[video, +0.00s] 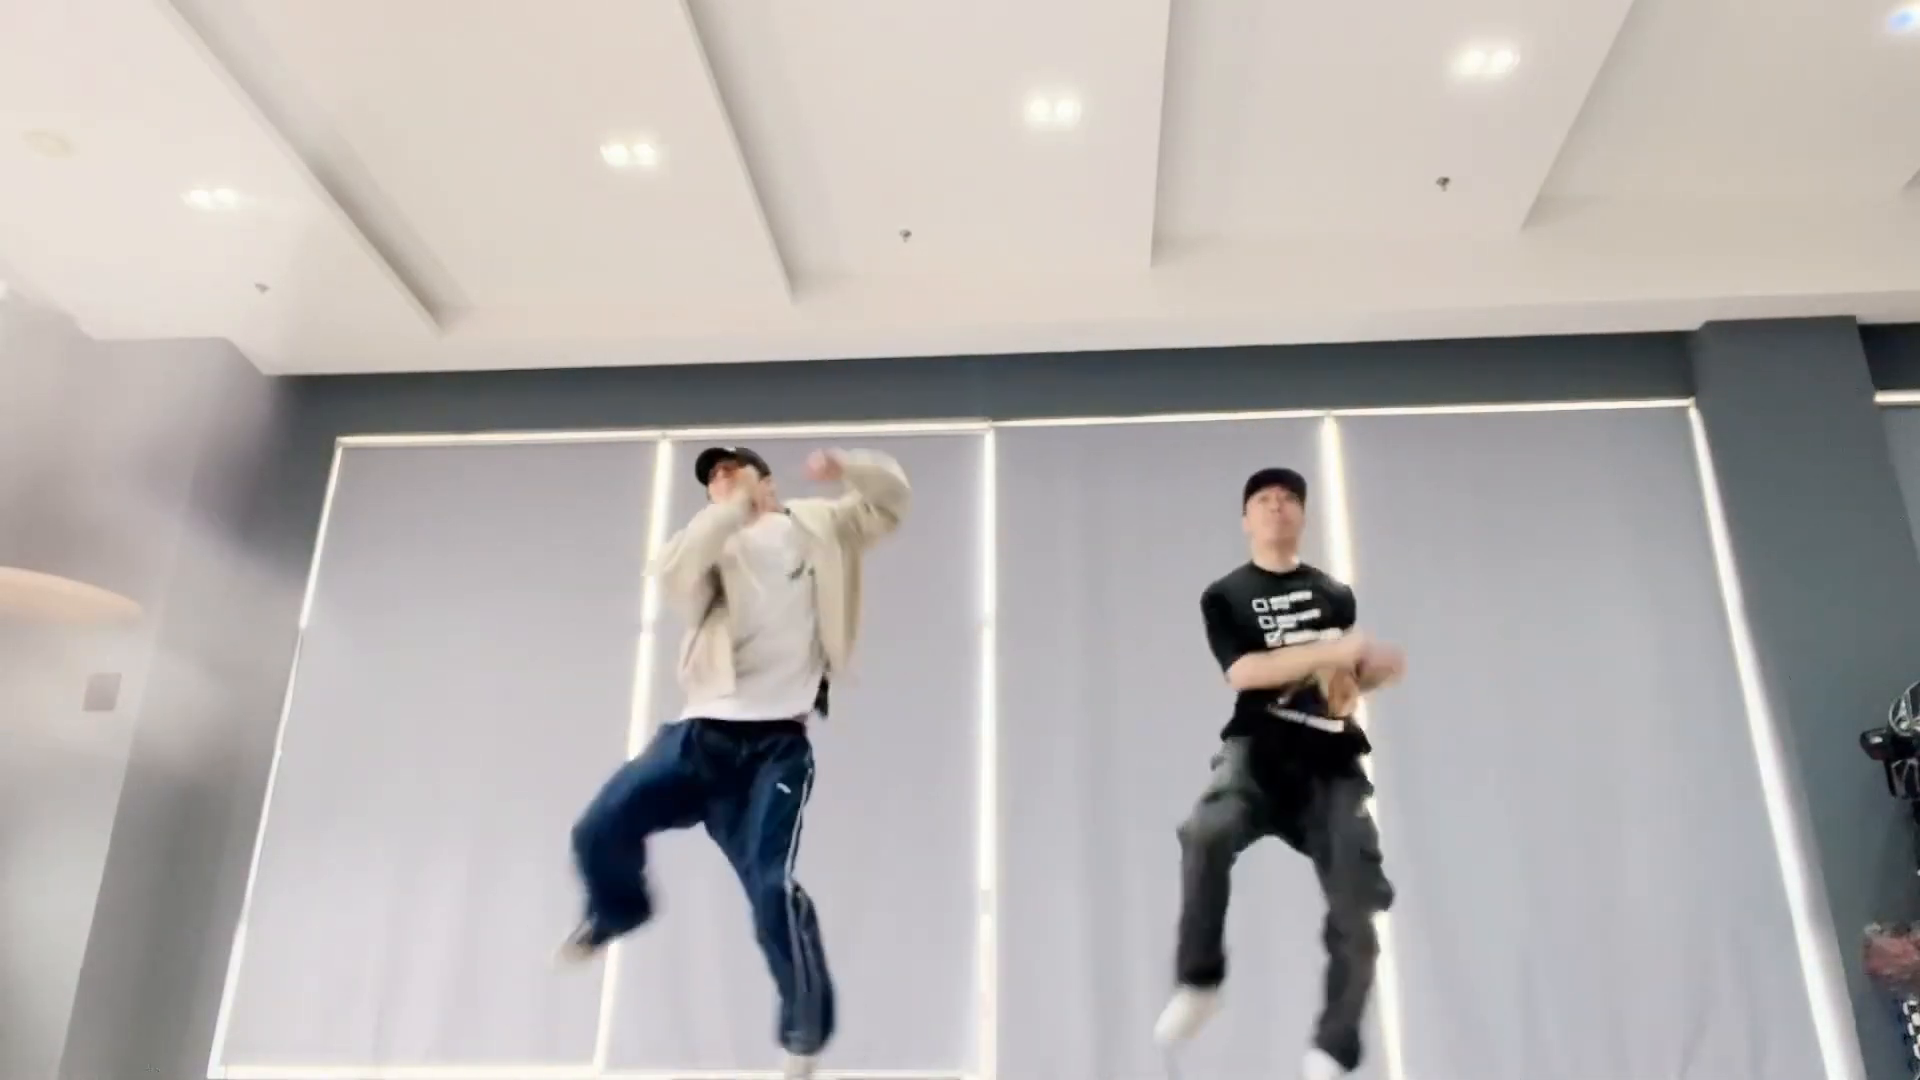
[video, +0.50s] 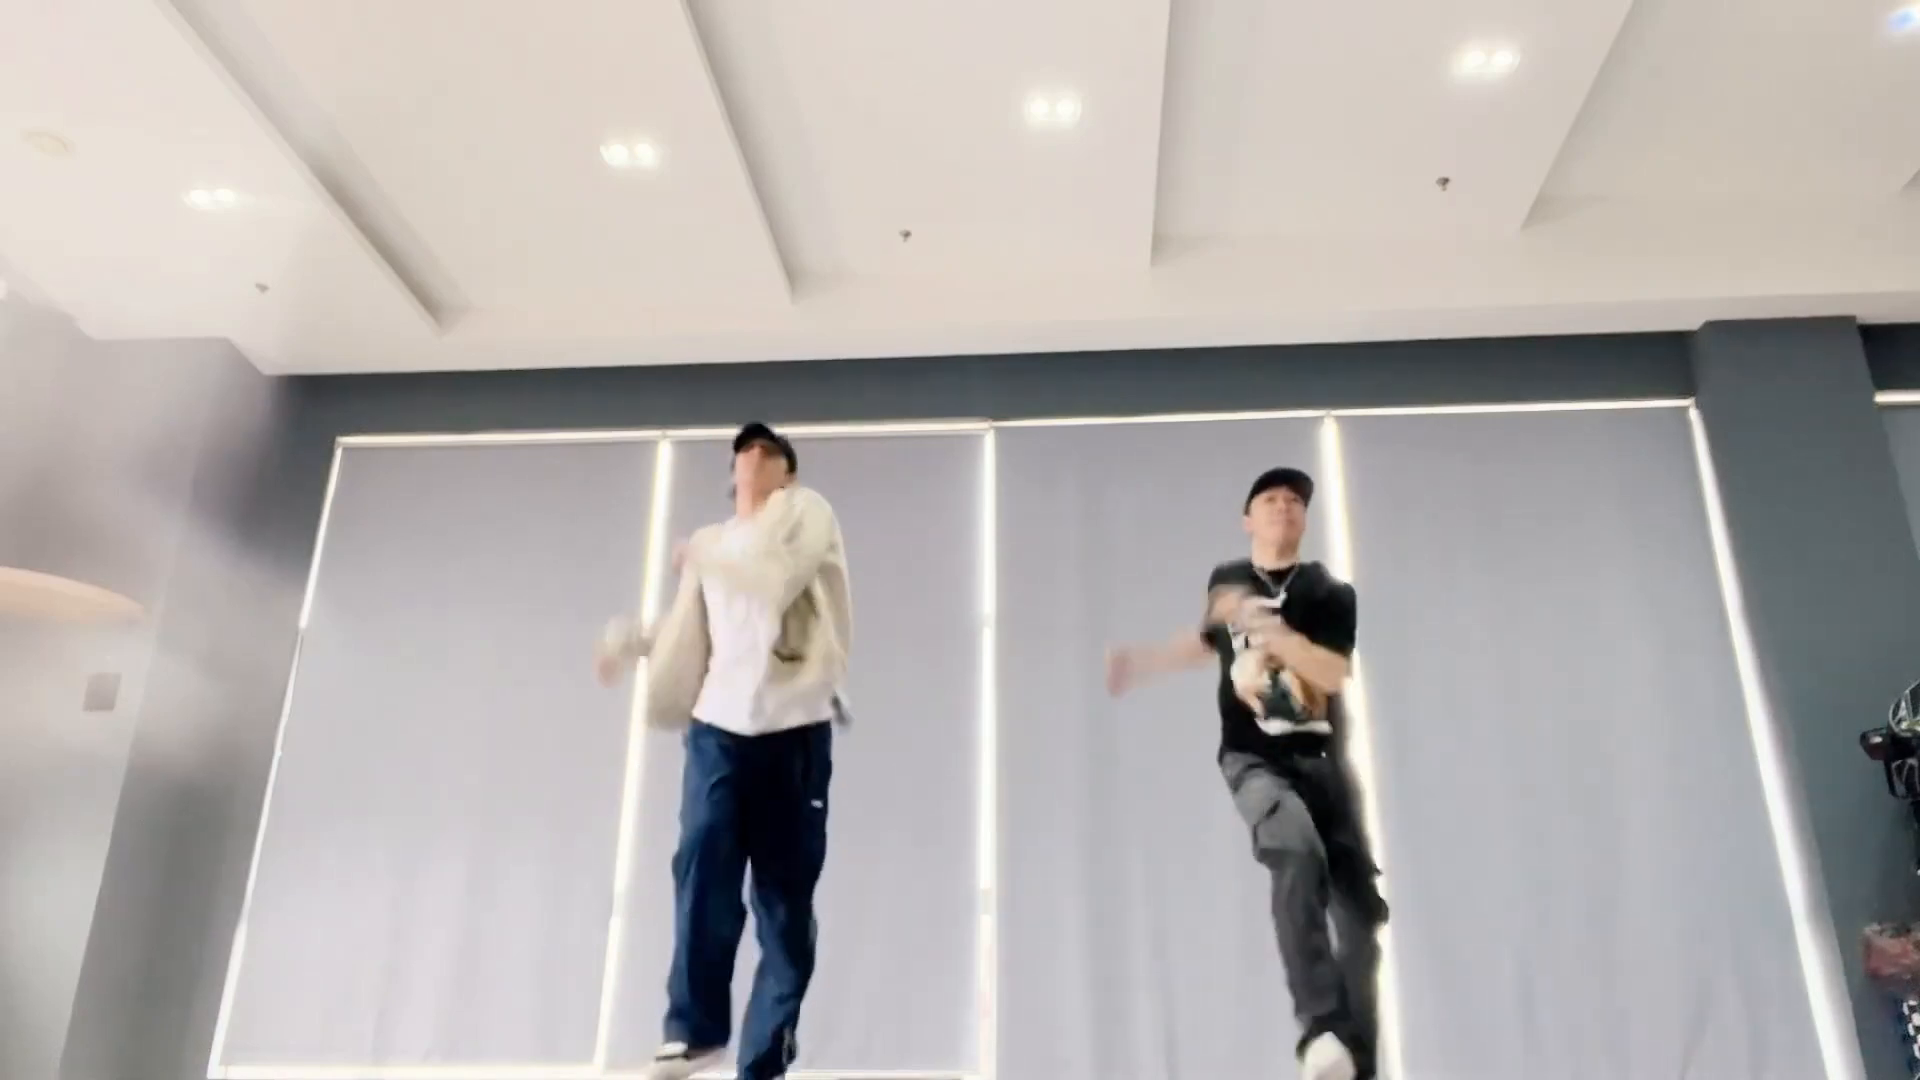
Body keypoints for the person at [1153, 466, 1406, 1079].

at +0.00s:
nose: (1277, 509)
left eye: (1288, 500)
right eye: (1264, 501)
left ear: (1303, 518)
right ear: (1246, 520)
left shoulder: (1335, 597)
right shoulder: (1225, 595)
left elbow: (1339, 690)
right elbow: (1242, 672)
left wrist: (1360, 676)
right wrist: (1337, 652)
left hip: (1331, 764)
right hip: (1257, 754)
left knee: (1357, 897)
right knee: (1204, 832)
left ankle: (1335, 1052)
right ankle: (1199, 981)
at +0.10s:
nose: (1262, 534)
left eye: (1273, 525)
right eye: (1249, 528)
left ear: (1293, 538)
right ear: (1234, 548)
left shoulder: (1349, 593)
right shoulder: (1227, 605)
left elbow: (1412, 567)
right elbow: (1238, 620)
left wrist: (1382, 550)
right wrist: (1295, 574)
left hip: (1326, 772)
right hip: (1259, 762)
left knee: (1312, 936)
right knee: (1216, 763)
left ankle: (1288, 1070)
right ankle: (1246, 866)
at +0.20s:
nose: (1264, 536)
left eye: (1275, 529)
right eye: (1252, 529)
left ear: (1290, 543)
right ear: (1233, 547)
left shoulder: (1316, 572)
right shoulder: (1219, 618)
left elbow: (1384, 511)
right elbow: (1215, 680)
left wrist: (1320, 573)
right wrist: (1258, 606)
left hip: (1333, 759)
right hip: (1265, 753)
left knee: (1347, 928)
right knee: (1265, 720)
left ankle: (1307, 1063)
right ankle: (1259, 871)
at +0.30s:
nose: (1268, 546)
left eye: (1279, 539)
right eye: (1257, 538)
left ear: (1292, 558)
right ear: (1236, 555)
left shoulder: (1311, 596)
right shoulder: (1218, 655)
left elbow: (1343, 642)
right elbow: (1233, 729)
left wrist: (1302, 702)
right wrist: (1218, 780)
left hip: (1335, 772)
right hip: (1268, 771)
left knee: (1352, 925)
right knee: (1272, 781)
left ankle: (1347, 1070)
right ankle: (1337, 902)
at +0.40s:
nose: (1278, 540)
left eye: (1289, 534)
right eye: (1266, 533)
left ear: (1301, 552)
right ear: (1244, 550)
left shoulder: (1326, 611)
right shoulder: (1222, 637)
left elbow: (1335, 691)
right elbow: (1221, 735)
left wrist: (1260, 749)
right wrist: (1205, 810)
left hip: (1327, 775)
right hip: (1259, 779)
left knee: (1357, 929)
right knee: (1295, 847)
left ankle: (1346, 1069)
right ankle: (1348, 956)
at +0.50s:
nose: (1283, 510)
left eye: (1294, 503)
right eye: (1271, 502)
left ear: (1306, 520)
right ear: (1248, 520)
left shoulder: (1330, 592)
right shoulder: (1231, 583)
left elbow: (1336, 677)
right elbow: (1207, 642)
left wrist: (1276, 636)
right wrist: (1143, 662)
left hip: (1318, 757)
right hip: (1251, 755)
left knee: (1359, 900)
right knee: (1301, 852)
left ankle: (1359, 1058)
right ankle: (1320, 1031)